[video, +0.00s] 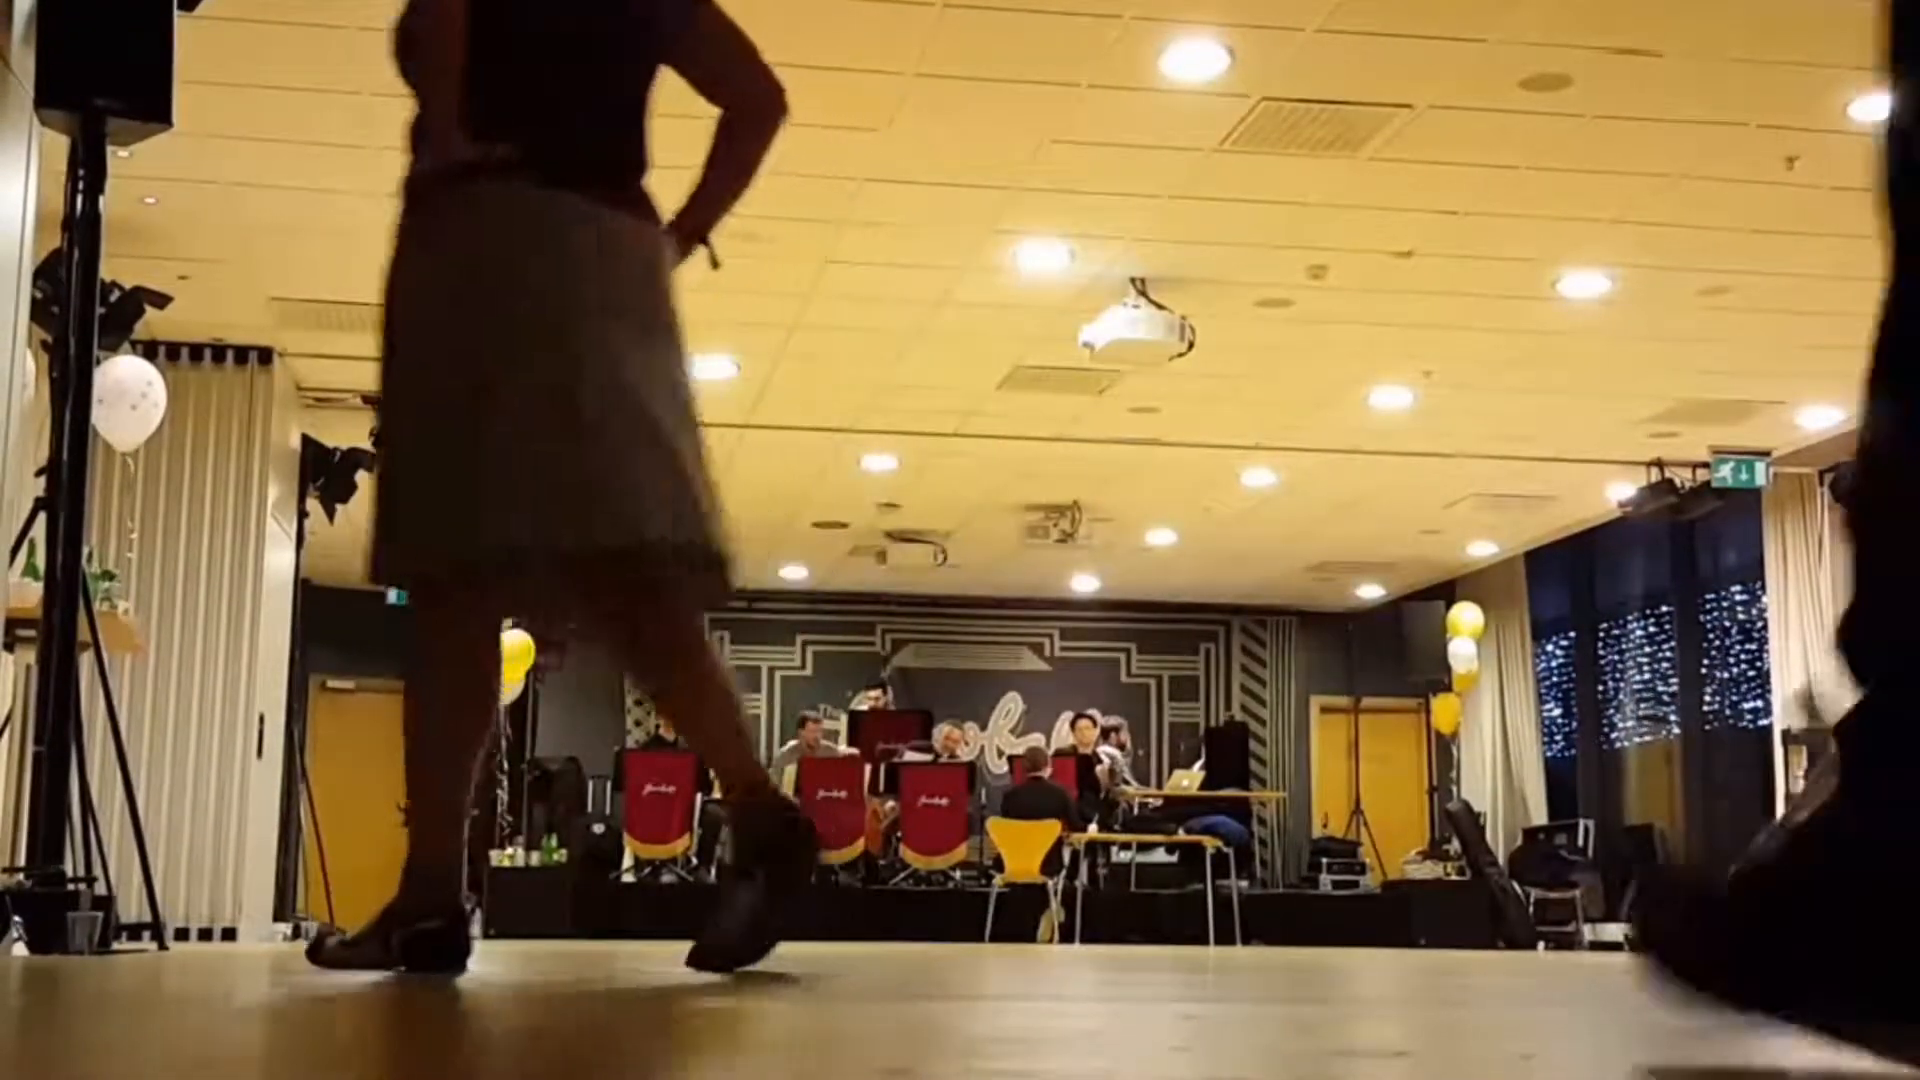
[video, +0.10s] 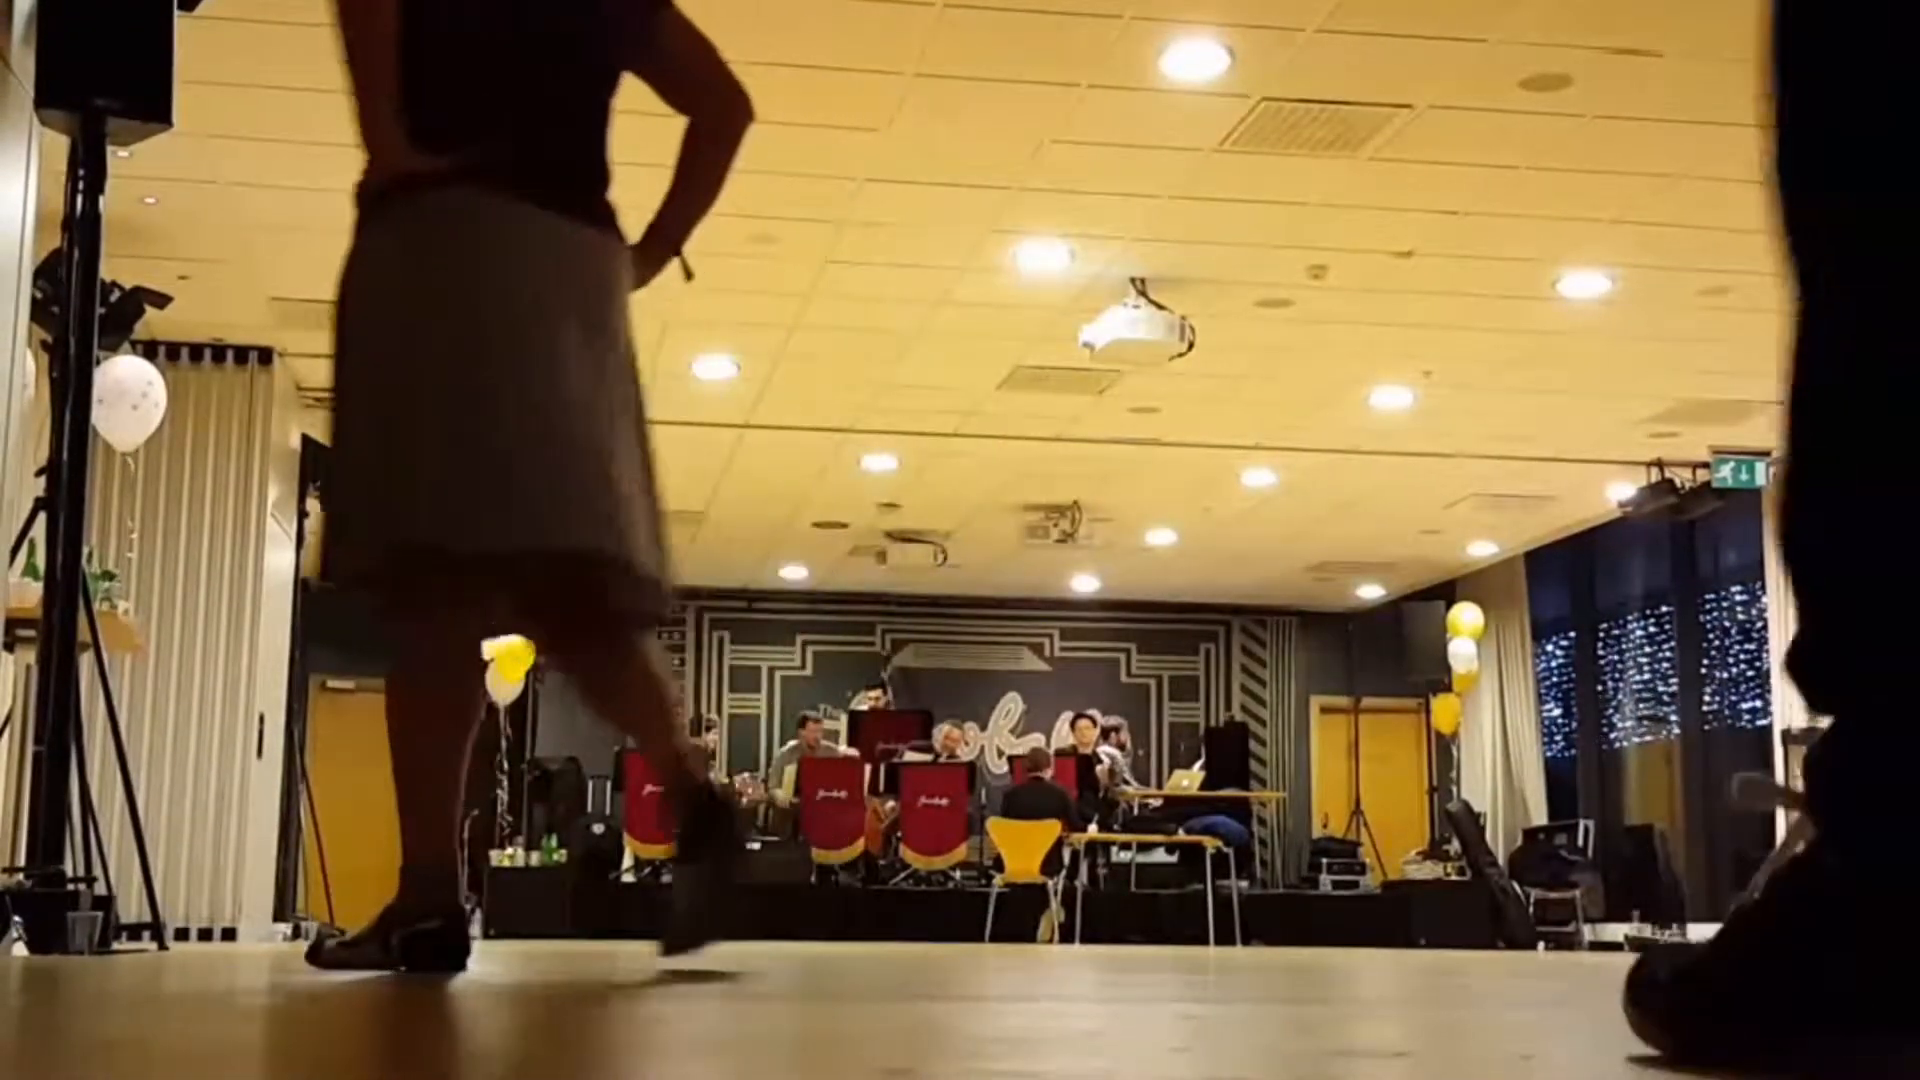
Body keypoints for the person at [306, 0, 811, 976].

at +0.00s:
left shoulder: (447, 6)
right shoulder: (643, 4)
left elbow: (425, 41)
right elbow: (757, 99)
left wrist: (440, 132)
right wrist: (684, 231)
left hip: (467, 260)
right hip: (604, 260)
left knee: (450, 592)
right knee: (624, 576)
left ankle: (431, 899)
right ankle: (764, 815)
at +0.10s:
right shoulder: (602, 8)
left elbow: (363, 11)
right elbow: (723, 104)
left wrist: (386, 143)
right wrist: (651, 249)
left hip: (429, 247)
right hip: (571, 255)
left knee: (429, 600)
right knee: (562, 581)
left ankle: (430, 899)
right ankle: (697, 793)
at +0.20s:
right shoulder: (566, 5)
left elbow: (305, 7)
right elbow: (697, 97)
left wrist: (342, 152)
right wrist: (627, 242)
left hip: (394, 250)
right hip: (539, 256)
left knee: (413, 601)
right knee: (526, 585)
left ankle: (429, 901)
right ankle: (589, 817)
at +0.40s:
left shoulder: (297, 8)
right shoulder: (514, 9)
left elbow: (229, 8)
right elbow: (648, 106)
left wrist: (282, 164)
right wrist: (576, 253)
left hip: (367, 260)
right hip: (499, 270)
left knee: (399, 597)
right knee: (424, 606)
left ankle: (434, 897)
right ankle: (373, 900)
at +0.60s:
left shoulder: (257, 11)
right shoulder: (458, 13)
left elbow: (205, 11)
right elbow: (594, 132)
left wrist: (249, 177)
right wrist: (523, 266)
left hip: (324, 267)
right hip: (449, 275)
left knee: (365, 589)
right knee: (357, 594)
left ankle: (424, 883)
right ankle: (264, 870)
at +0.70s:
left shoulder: (260, 12)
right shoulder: (440, 26)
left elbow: (200, 16)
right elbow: (561, 164)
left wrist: (237, 188)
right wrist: (480, 294)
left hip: (300, 281)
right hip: (420, 292)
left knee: (339, 589)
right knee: (331, 603)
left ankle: (419, 876)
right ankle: (241, 895)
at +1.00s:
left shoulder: (206, 10)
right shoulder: (358, 43)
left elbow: (205, 40)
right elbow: (480, 210)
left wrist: (185, 226)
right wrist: (390, 311)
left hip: (222, 322)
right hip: (341, 331)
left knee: (130, 602)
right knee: (280, 628)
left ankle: (278, 805)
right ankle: (229, 909)